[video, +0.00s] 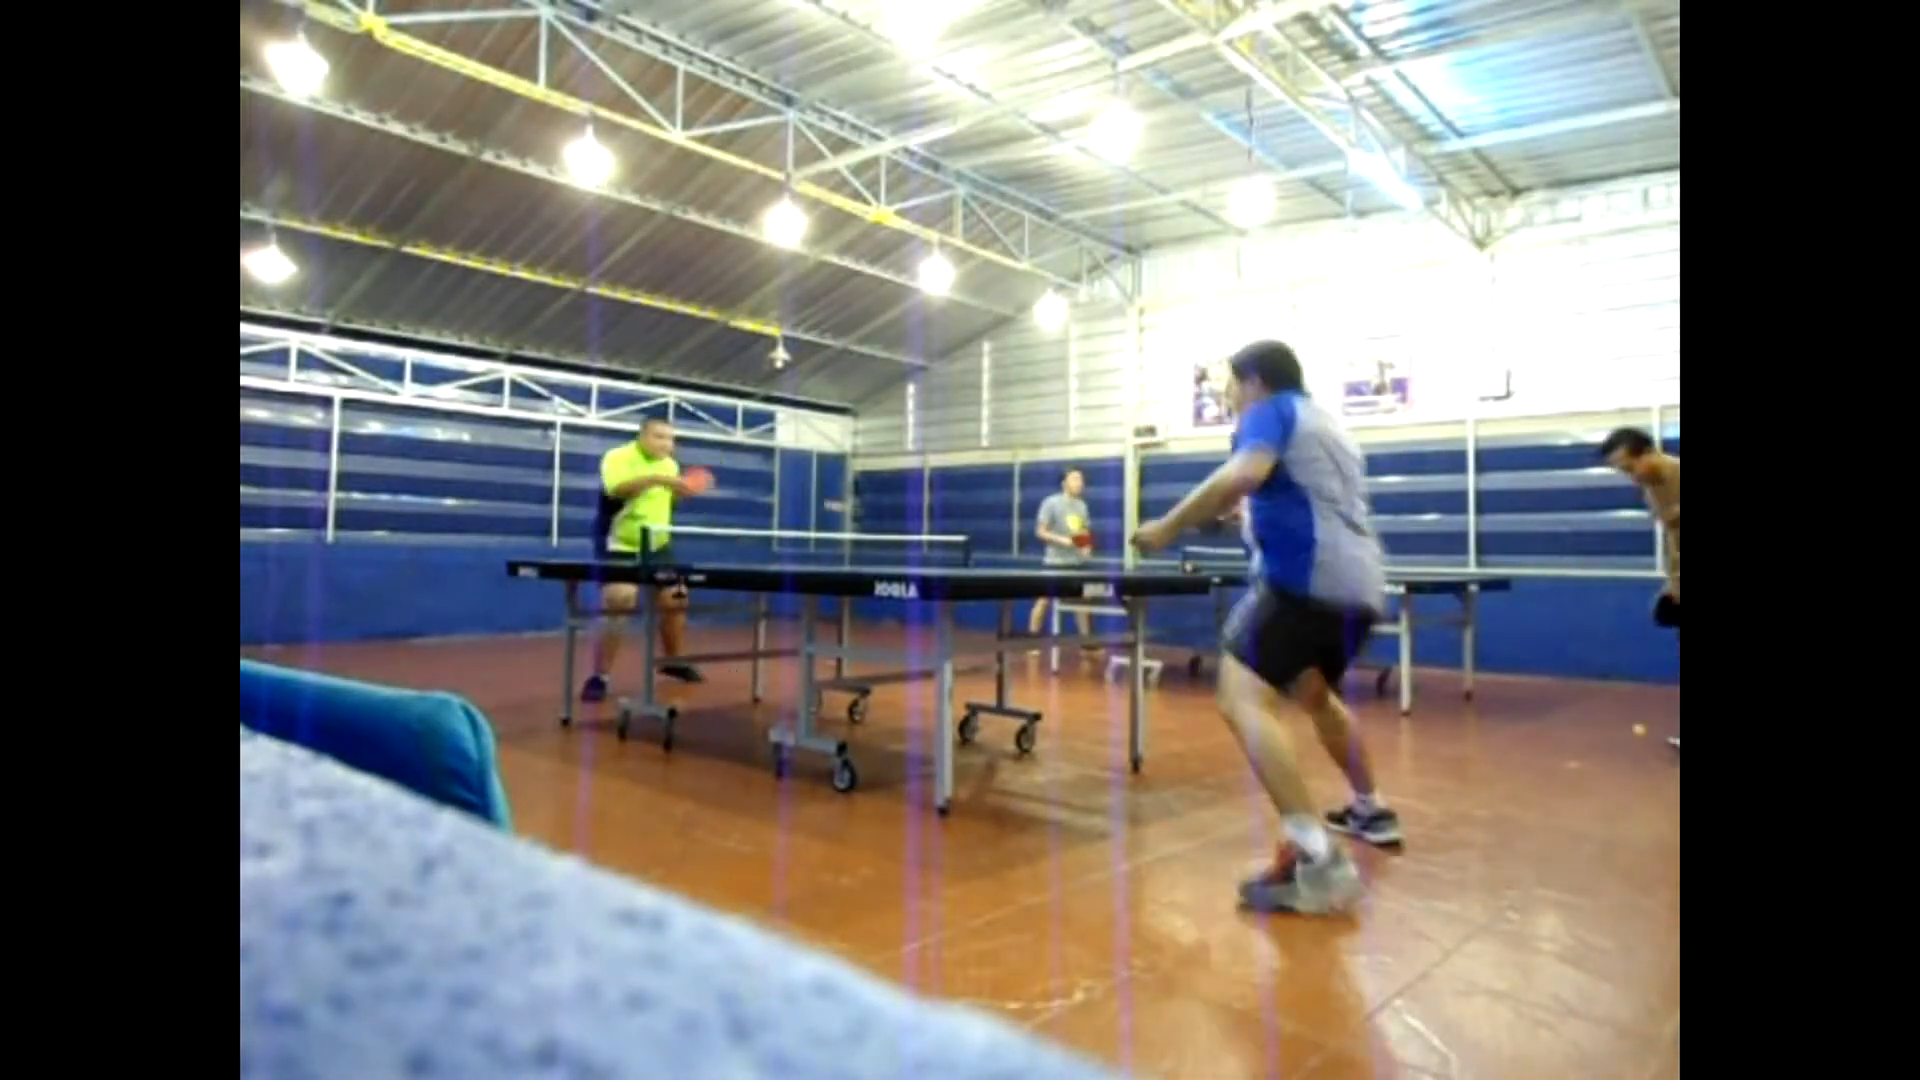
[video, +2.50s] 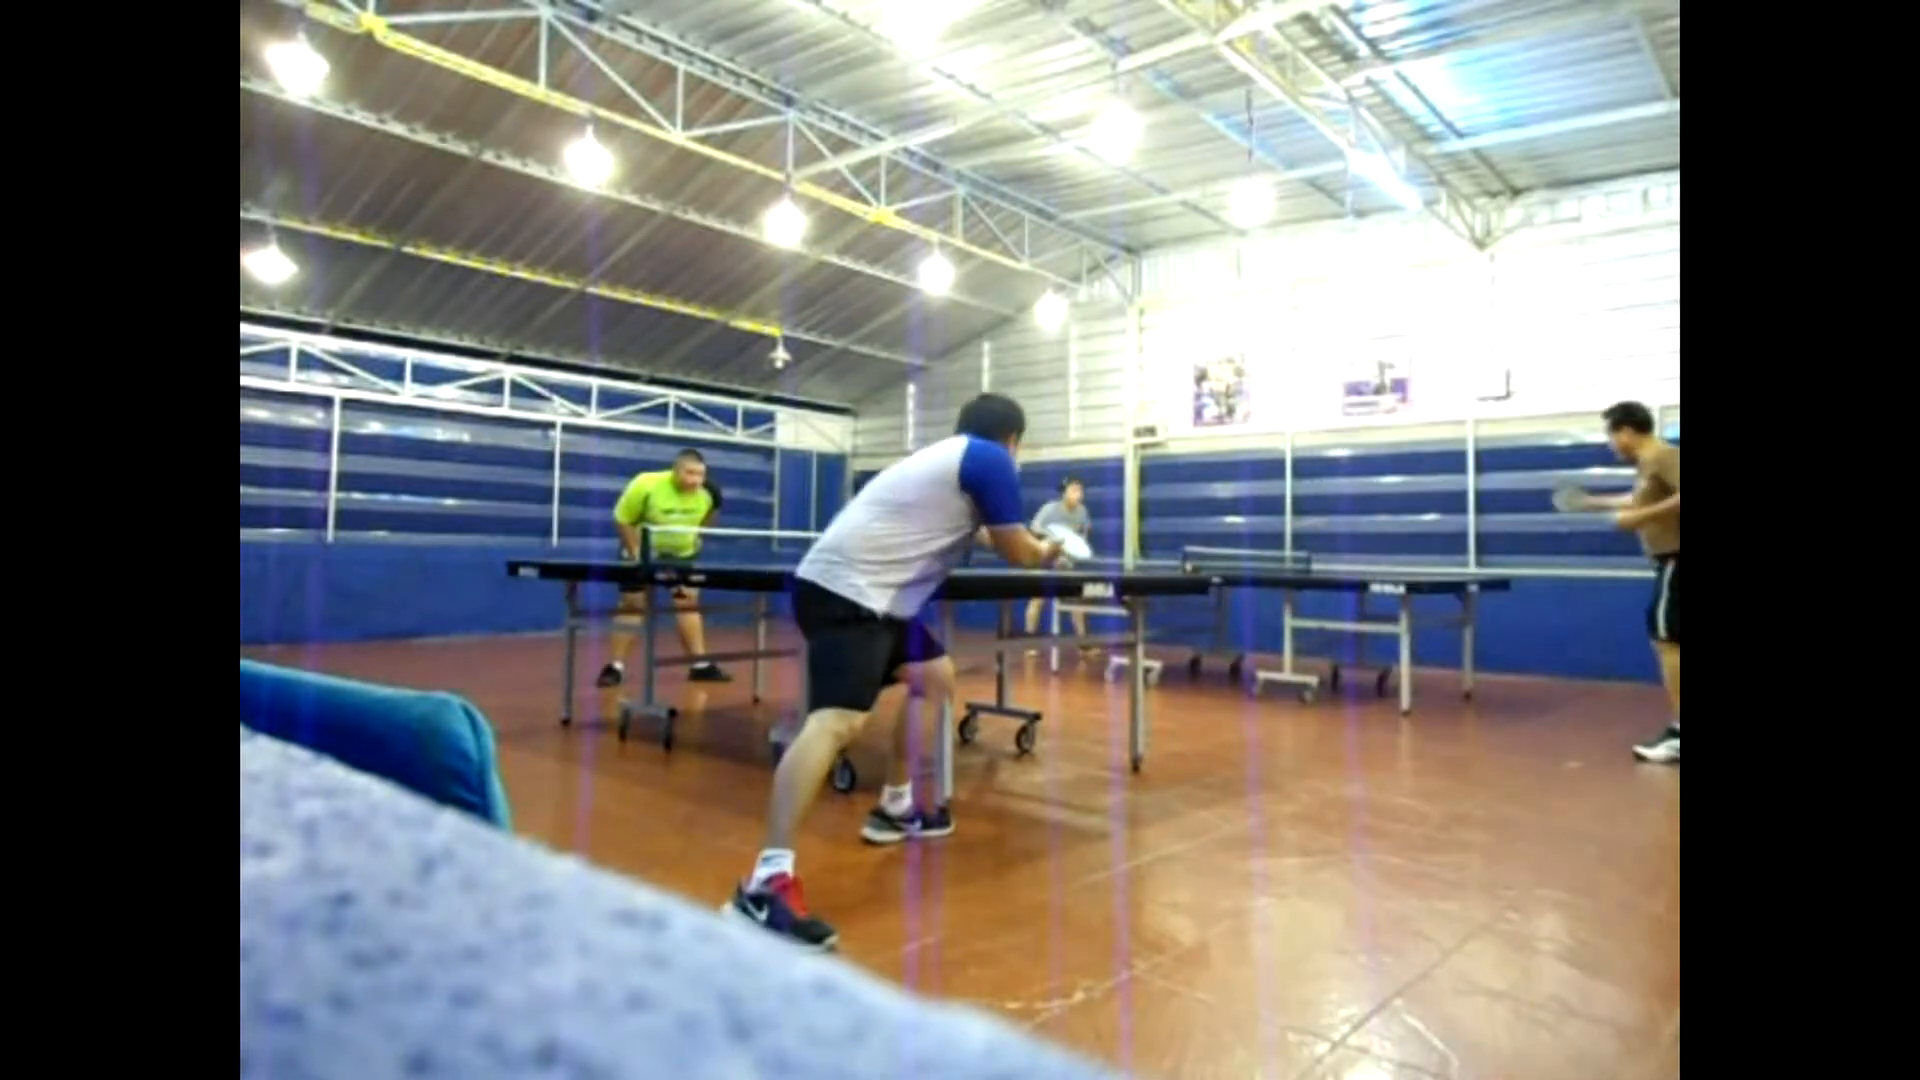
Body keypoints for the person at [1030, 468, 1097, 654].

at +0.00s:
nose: (1078, 484)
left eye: (1080, 480)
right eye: (1074, 480)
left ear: (1082, 484)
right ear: (1064, 483)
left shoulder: (1082, 505)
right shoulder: (1051, 503)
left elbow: (1085, 529)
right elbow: (1041, 531)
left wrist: (1086, 545)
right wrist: (1065, 541)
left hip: (1077, 561)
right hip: (1055, 561)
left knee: (1080, 601)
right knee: (1044, 599)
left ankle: (1086, 639)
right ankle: (1032, 637)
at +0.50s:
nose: (1070, 486)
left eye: (1073, 481)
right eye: (1067, 482)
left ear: (1080, 484)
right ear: (1061, 485)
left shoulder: (1085, 507)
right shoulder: (1052, 505)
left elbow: (1089, 535)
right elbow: (1051, 532)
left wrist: (1092, 559)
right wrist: (1052, 558)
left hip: (1082, 561)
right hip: (1060, 561)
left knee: (1083, 601)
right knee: (1046, 599)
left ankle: (1086, 637)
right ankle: (1034, 635)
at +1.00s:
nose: (1072, 486)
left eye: (1075, 482)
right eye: (1068, 482)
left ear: (1081, 485)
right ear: (1062, 485)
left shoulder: (1086, 507)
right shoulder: (1052, 505)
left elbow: (1090, 536)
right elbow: (1042, 533)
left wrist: (1094, 560)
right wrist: (1030, 560)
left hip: (1081, 561)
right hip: (1057, 561)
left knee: (1082, 602)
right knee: (1045, 600)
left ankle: (1086, 639)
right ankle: (1033, 638)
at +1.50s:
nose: (1073, 487)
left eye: (1077, 483)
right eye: (1069, 483)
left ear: (1082, 486)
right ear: (1063, 485)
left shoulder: (1084, 507)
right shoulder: (1051, 505)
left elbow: (1087, 535)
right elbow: (1045, 534)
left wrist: (1092, 559)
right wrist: (1063, 552)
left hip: (1080, 562)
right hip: (1056, 561)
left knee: (1083, 601)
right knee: (1045, 599)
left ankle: (1085, 638)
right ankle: (1033, 636)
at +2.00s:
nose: (1086, 490)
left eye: (1089, 486)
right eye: (1083, 485)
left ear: (1092, 489)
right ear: (1075, 487)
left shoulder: (1086, 507)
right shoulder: (1063, 504)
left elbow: (1085, 531)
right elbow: (1065, 522)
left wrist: (1087, 553)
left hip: (1077, 558)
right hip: (1057, 557)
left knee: (1081, 599)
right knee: (1049, 597)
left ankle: (1086, 636)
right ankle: (1037, 633)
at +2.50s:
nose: (1077, 495)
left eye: (1079, 491)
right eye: (1073, 490)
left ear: (1082, 494)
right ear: (1064, 492)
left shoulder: (1082, 511)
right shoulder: (1049, 510)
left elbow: (1085, 530)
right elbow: (1035, 530)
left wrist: (1078, 545)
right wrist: (1050, 545)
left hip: (1071, 560)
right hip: (1047, 560)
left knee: (1077, 599)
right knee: (1038, 598)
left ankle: (1082, 638)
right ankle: (1030, 636)